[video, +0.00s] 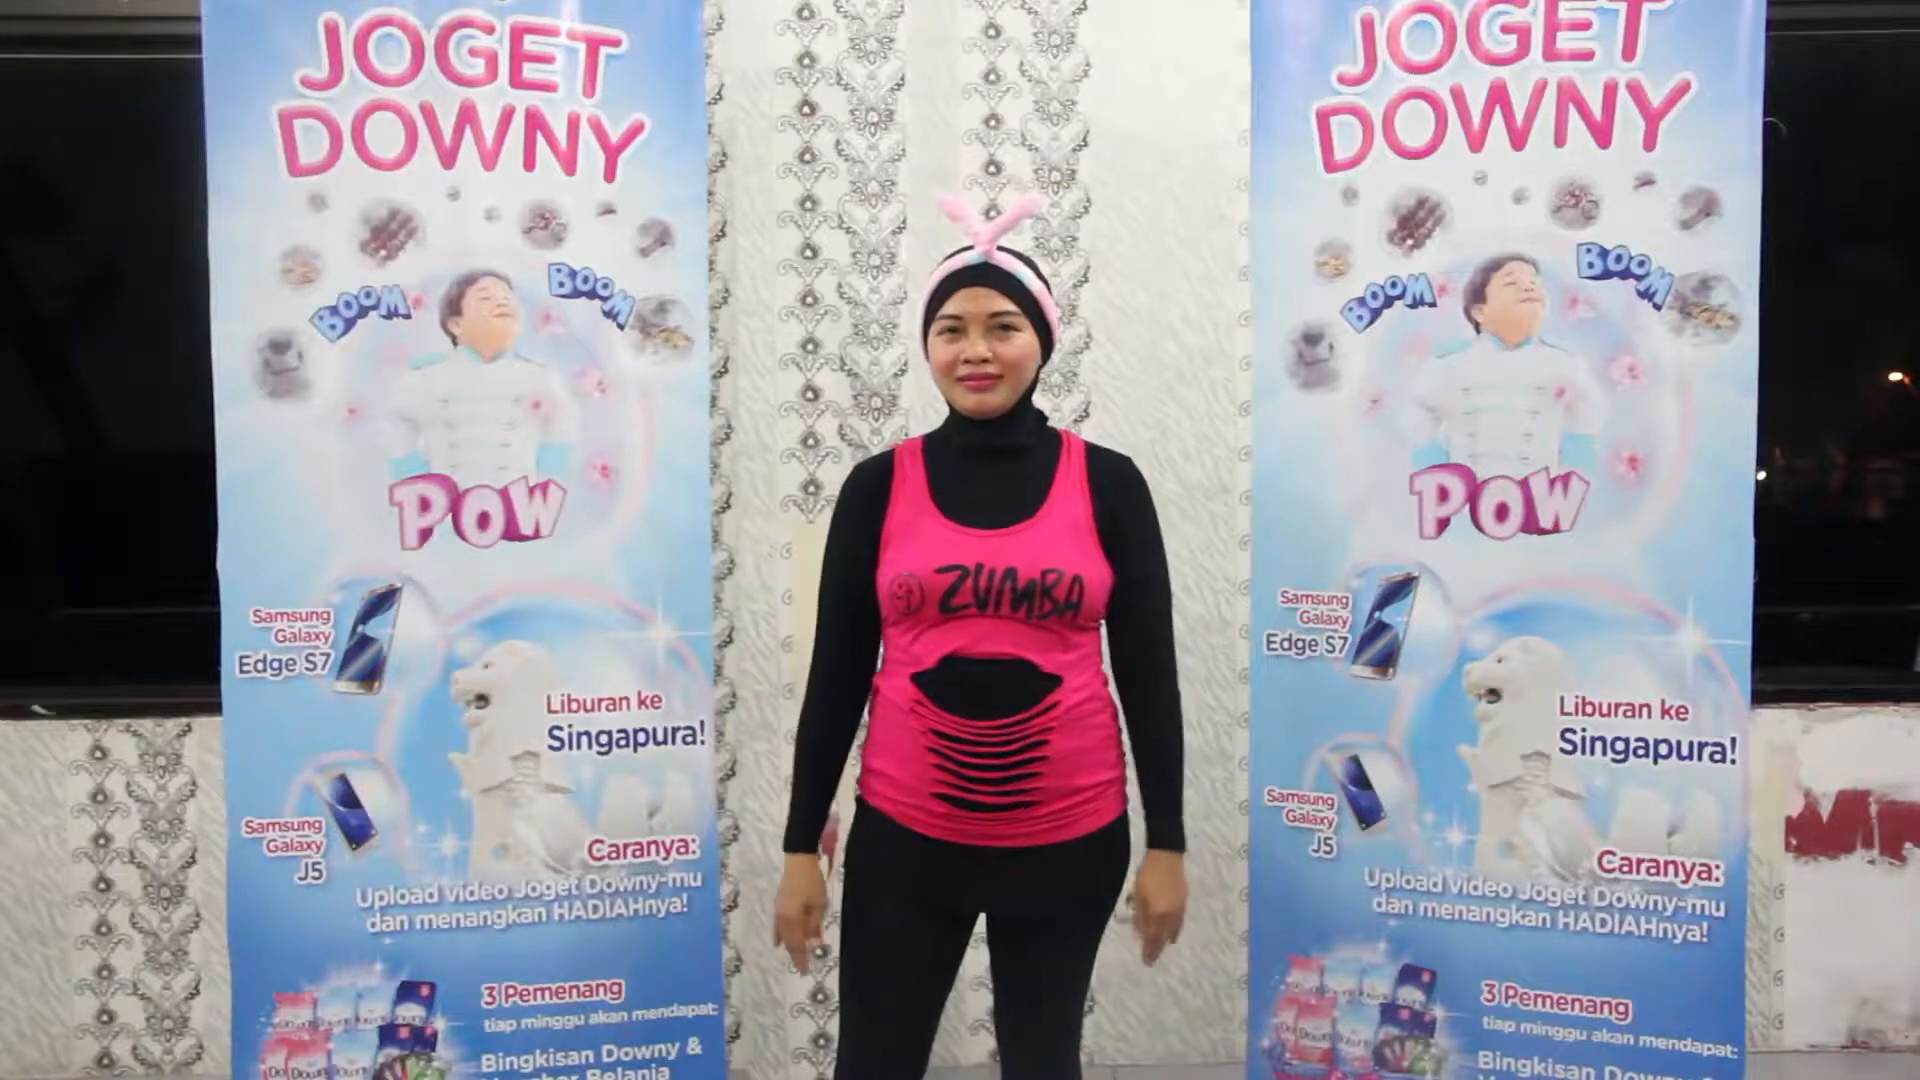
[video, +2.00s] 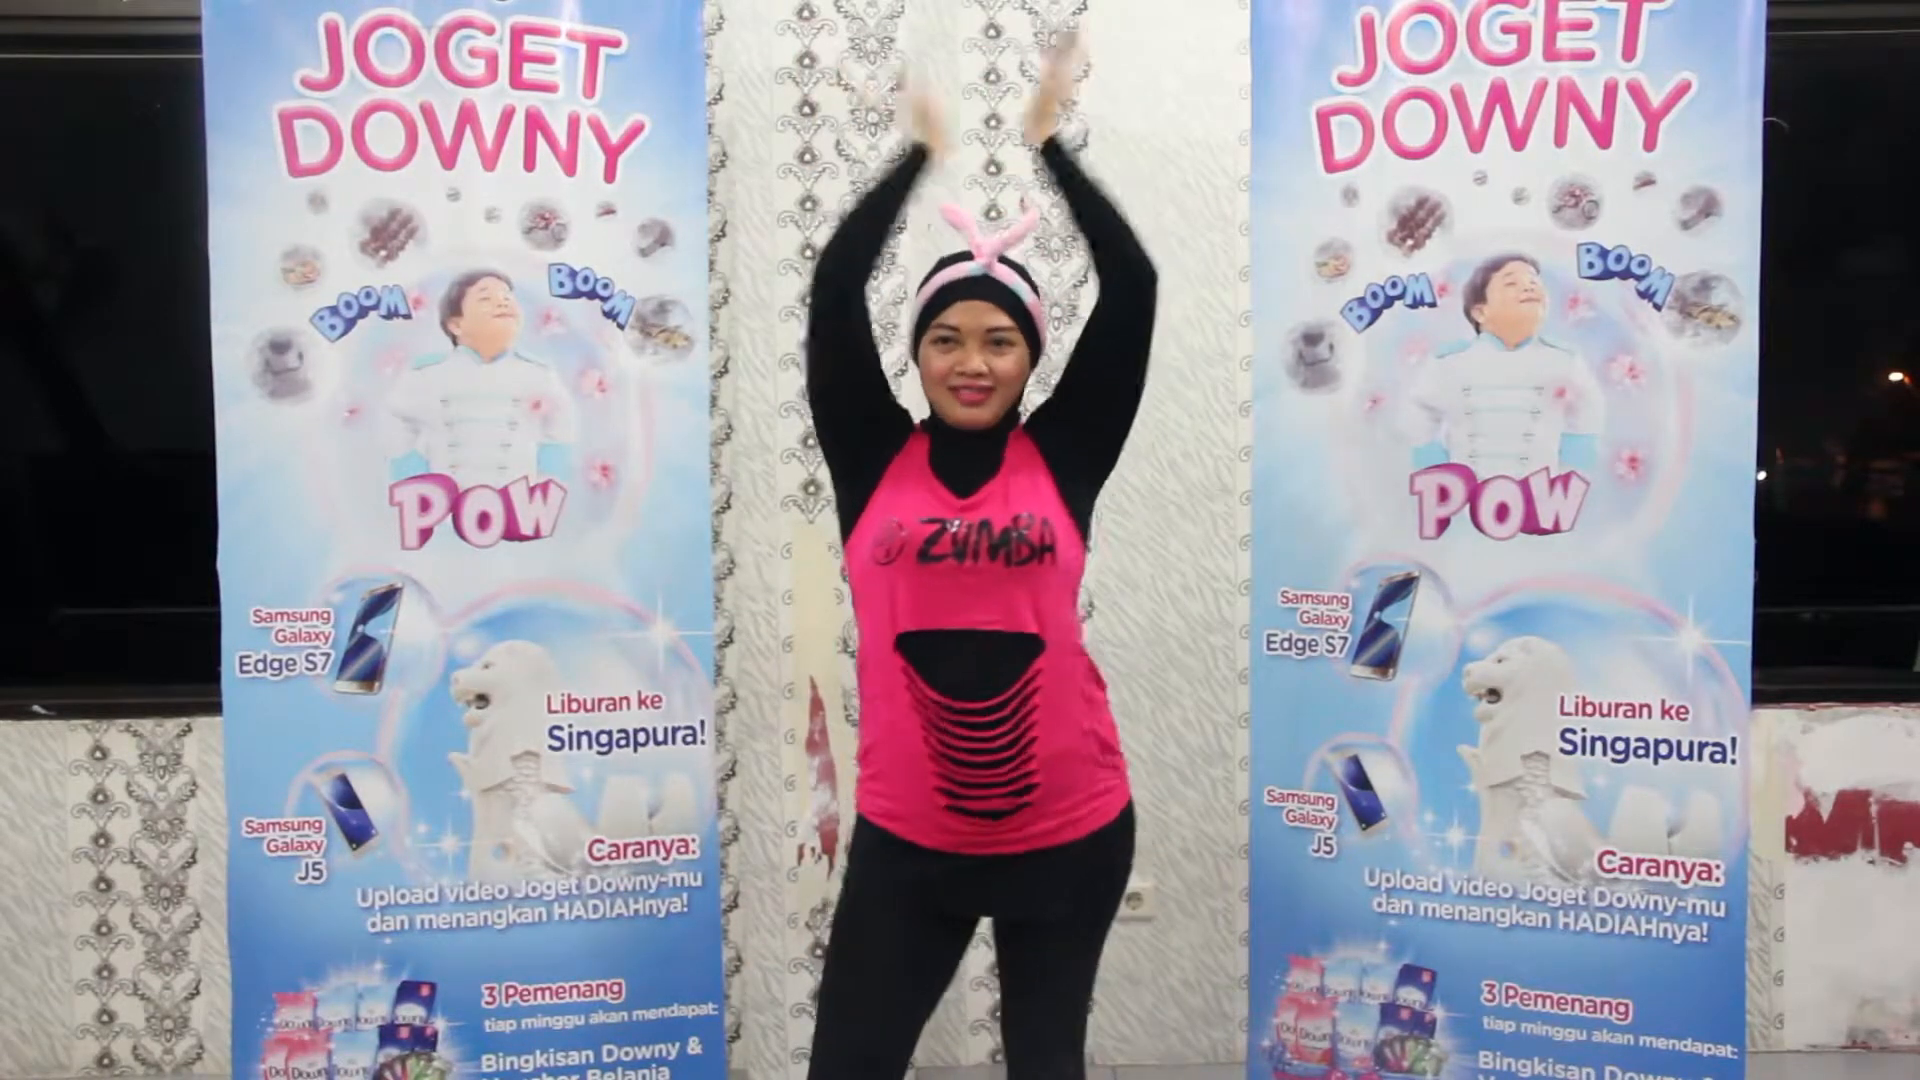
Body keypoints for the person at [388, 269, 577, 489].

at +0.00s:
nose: (502, 302)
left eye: (508, 297)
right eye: (484, 297)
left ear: (518, 315)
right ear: (455, 324)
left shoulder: (538, 378)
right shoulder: (423, 380)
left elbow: (561, 437)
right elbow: (392, 429)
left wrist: (543, 497)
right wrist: (417, 488)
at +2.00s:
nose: (502, 302)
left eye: (508, 296)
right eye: (484, 298)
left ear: (519, 313)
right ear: (454, 324)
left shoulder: (539, 376)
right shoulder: (424, 377)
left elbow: (558, 437)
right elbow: (390, 424)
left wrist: (545, 492)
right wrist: (412, 482)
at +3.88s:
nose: (503, 302)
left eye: (508, 296)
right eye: (485, 298)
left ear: (519, 315)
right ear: (454, 324)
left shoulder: (539, 379)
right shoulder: (422, 379)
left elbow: (560, 435)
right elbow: (393, 429)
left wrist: (547, 489)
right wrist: (415, 486)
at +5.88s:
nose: (502, 303)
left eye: (508, 296)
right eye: (485, 297)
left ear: (518, 315)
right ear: (455, 324)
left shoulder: (536, 376)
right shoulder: (423, 379)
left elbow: (560, 427)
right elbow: (393, 426)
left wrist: (547, 485)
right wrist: (412, 483)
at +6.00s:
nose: (503, 301)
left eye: (508, 296)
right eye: (485, 297)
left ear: (518, 314)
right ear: (455, 324)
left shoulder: (539, 376)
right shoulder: (423, 377)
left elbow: (561, 432)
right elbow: (394, 425)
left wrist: (545, 492)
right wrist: (414, 487)